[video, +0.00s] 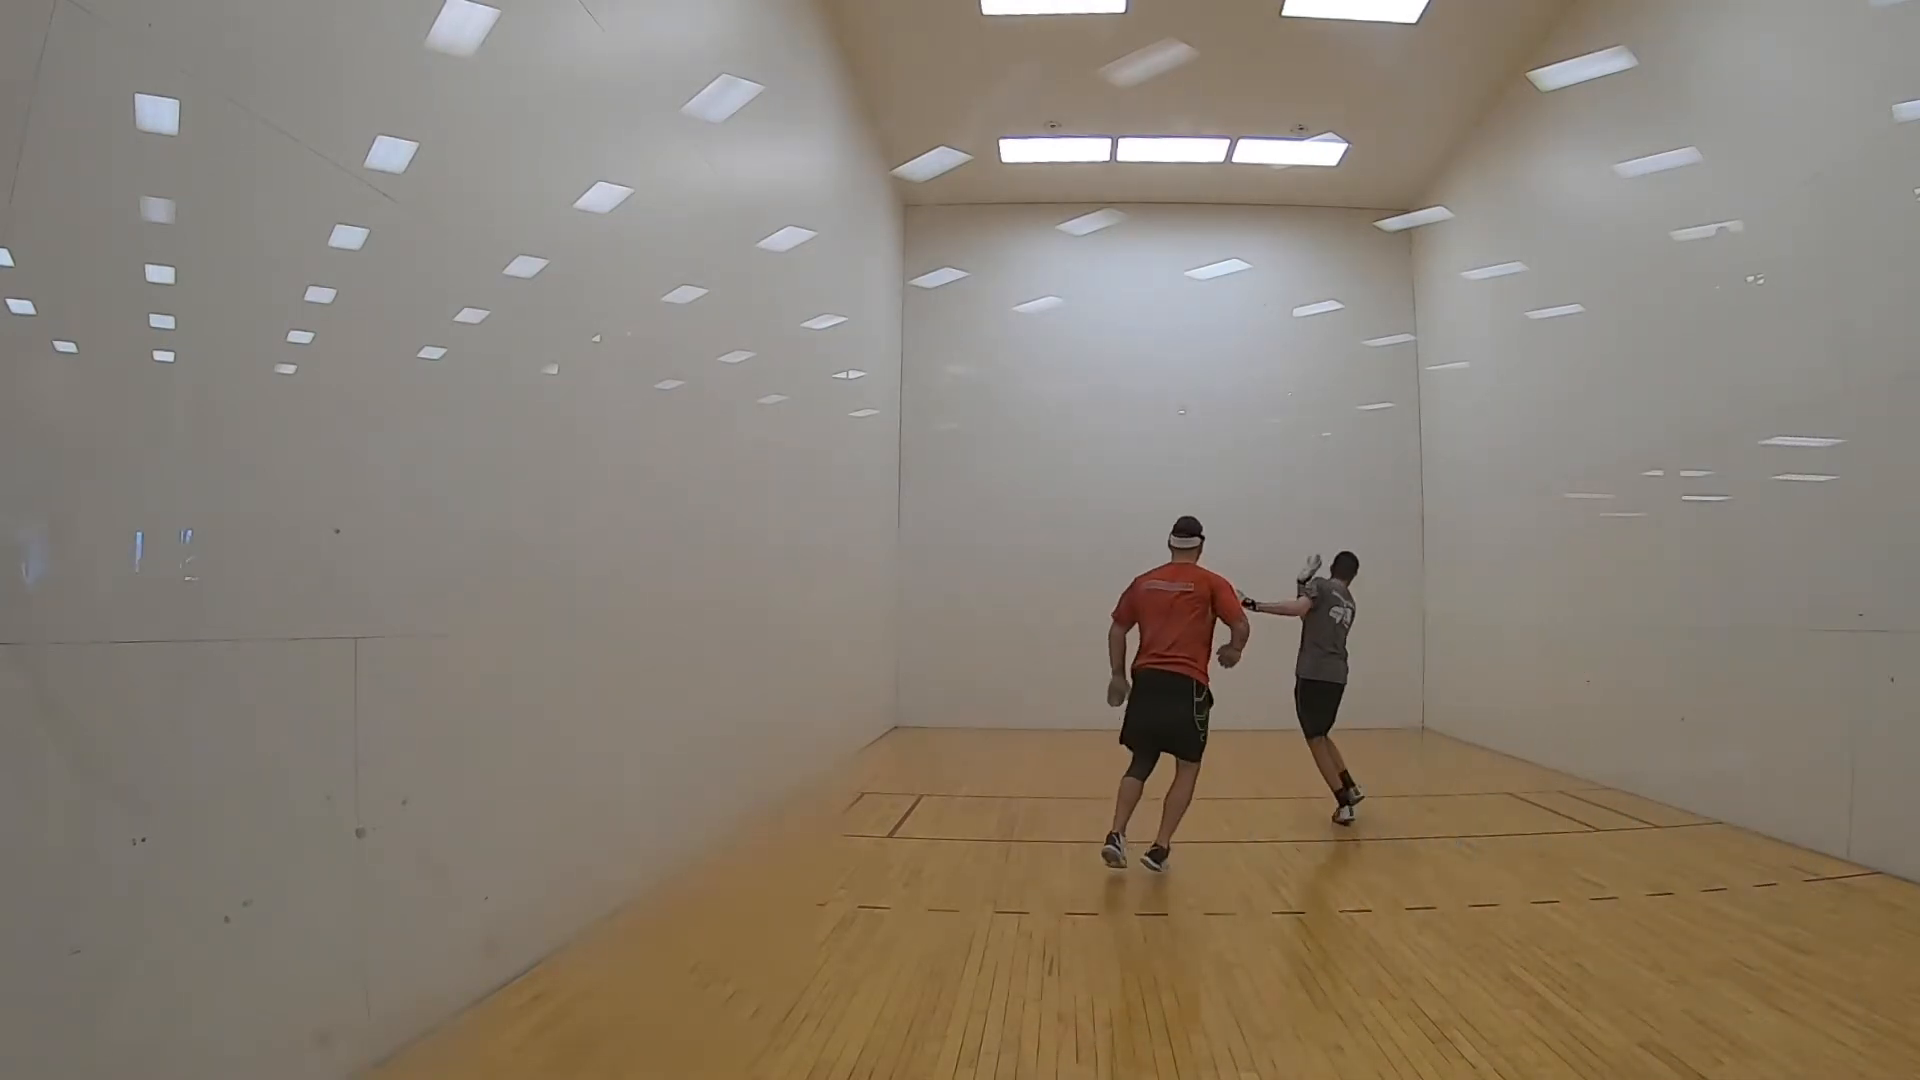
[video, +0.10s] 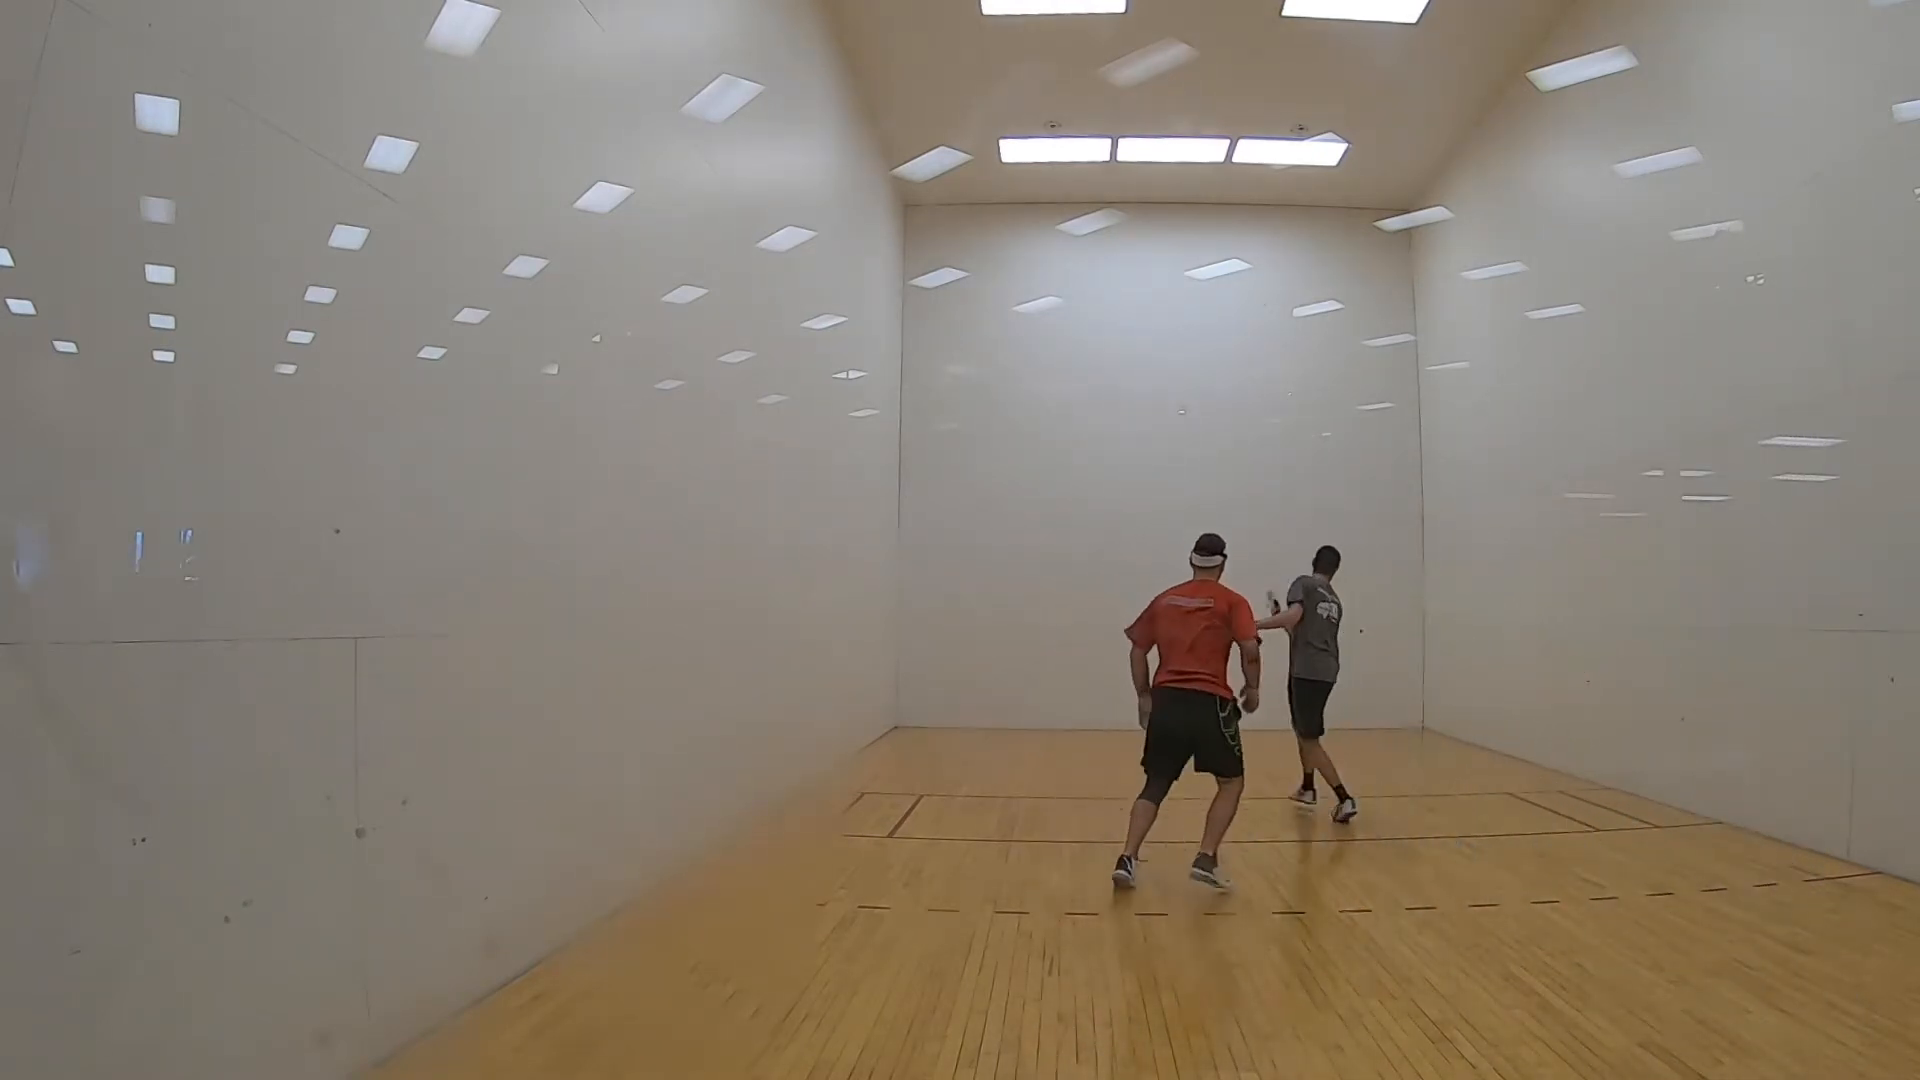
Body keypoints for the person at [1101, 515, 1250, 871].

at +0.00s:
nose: (1191, 551)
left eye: (1180, 544)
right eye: (1197, 545)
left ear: (1169, 545)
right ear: (1201, 546)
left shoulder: (1143, 582)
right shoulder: (1213, 583)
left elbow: (1118, 629)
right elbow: (1240, 624)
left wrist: (1118, 674)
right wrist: (1235, 648)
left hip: (1146, 684)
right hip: (1188, 688)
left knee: (1140, 762)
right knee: (1187, 769)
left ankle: (1115, 835)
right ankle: (1160, 848)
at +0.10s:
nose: (1218, 567)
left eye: (1209, 560)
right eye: (1222, 563)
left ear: (1191, 561)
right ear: (1223, 564)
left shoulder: (1164, 599)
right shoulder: (1233, 601)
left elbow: (1137, 650)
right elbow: (1249, 649)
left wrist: (1144, 695)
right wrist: (1252, 687)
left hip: (1166, 704)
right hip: (1211, 707)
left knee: (1155, 783)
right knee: (1231, 782)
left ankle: (1127, 857)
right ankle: (1206, 859)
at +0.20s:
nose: (1251, 580)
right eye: (1256, 576)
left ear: (1227, 575)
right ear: (1259, 578)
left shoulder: (1199, 612)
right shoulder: (1263, 617)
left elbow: (1181, 659)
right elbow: (1276, 668)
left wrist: (1193, 704)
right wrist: (1288, 717)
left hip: (1189, 723)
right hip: (1235, 727)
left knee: (1162, 797)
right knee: (1278, 792)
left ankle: (1128, 868)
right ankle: (1267, 868)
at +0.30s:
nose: (1314, 575)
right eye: (1317, 570)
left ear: (1285, 567)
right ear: (1319, 571)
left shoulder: (1256, 605)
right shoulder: (1314, 610)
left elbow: (1242, 657)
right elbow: (1323, 658)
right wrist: (1346, 706)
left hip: (1236, 716)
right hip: (1278, 722)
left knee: (1201, 790)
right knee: (1322, 798)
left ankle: (1144, 853)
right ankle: (1276, 876)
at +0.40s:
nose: (1385, 580)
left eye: (1380, 573)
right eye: (1386, 575)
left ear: (1352, 571)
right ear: (1384, 577)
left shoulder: (1323, 606)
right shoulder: (1372, 621)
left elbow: (1307, 656)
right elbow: (1394, 683)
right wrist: (1420, 716)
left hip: (1291, 716)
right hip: (1323, 727)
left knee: (1286, 797)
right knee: (1341, 814)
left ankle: (1225, 841)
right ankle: (1270, 879)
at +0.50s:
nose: (1444, 584)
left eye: (1438, 577)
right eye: (1446, 578)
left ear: (1413, 572)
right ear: (1447, 578)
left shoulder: (1382, 607)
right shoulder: (1439, 624)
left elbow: (1359, 662)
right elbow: (1457, 688)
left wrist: (1366, 701)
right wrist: (1474, 713)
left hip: (1355, 715)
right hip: (1376, 726)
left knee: (1406, 779)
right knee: (1360, 815)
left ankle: (1368, 865)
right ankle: (1276, 874)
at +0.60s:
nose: (1511, 582)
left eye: (1506, 574)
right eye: (1513, 576)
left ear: (1478, 572)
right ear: (1511, 577)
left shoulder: (1446, 608)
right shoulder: (1508, 620)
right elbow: (1514, 684)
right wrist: (1511, 720)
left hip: (1434, 719)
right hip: (1454, 727)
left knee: (1494, 777)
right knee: (1415, 815)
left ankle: (1498, 871)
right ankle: (1333, 856)